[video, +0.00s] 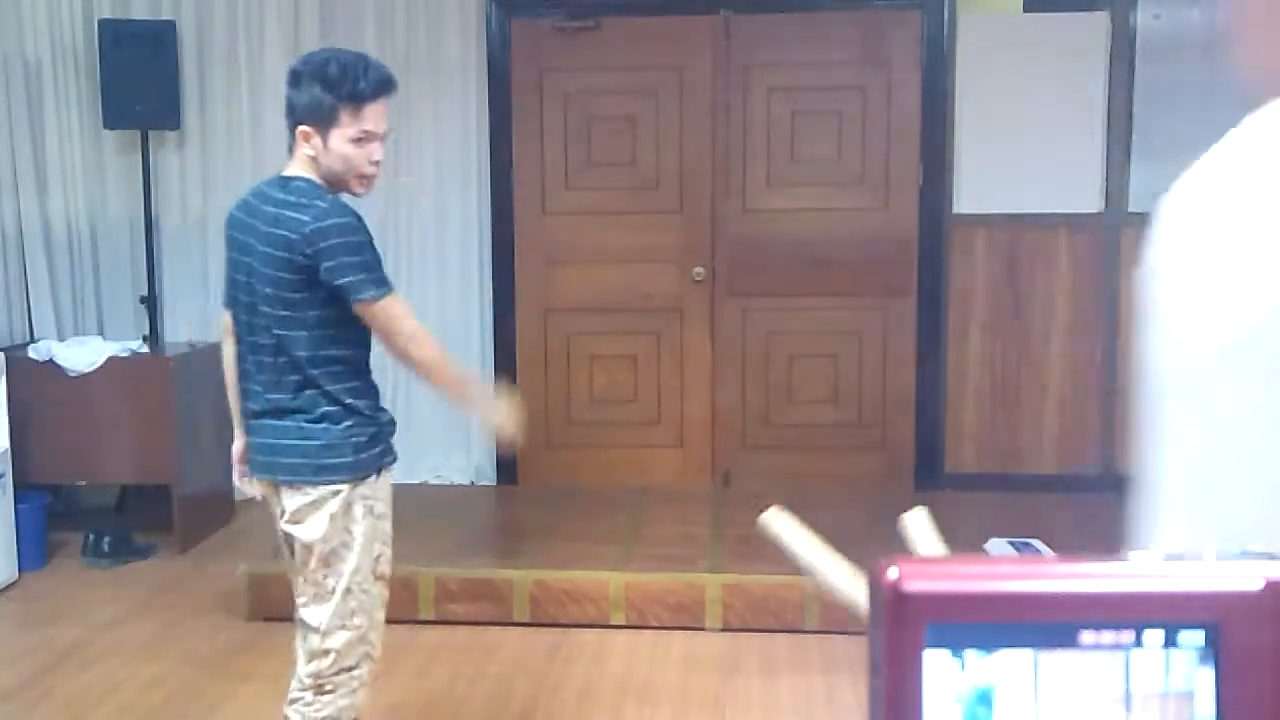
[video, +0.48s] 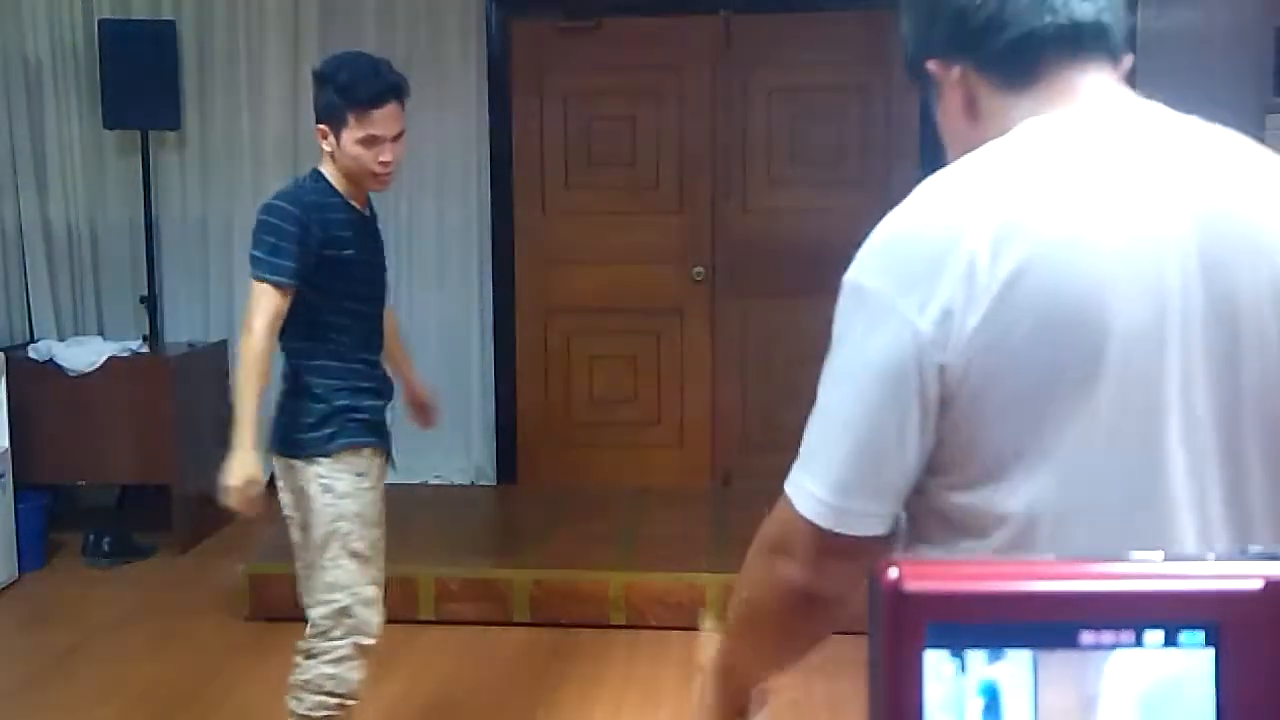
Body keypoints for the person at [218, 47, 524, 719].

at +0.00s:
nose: (378, 157)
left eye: (382, 138)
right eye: (362, 139)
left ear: (306, 142)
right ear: (307, 138)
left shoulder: (248, 211)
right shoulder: (330, 222)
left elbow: (233, 336)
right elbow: (405, 339)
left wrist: (243, 431)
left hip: (278, 457)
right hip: (337, 464)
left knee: (322, 640)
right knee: (340, 657)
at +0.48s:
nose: (389, 155)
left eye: (396, 138)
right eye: (372, 141)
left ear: (407, 129)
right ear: (326, 137)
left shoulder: (361, 216)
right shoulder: (293, 212)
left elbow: (376, 314)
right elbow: (259, 330)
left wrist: (410, 384)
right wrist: (246, 448)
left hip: (356, 439)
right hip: (323, 442)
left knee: (344, 612)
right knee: (345, 616)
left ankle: (320, 707)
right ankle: (315, 711)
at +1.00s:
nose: (328, 162)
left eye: (339, 144)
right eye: (311, 145)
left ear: (349, 134)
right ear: (263, 136)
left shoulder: (335, 233)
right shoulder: (210, 226)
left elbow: (362, 340)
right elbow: (197, 356)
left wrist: (416, 413)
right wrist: (226, 472)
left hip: (327, 474)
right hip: (259, 477)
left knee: (328, 654)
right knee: (259, 671)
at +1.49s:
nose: (316, 165)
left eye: (327, 146)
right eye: (298, 146)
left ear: (337, 135)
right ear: (245, 133)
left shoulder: (329, 239)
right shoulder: (177, 227)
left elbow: (354, 358)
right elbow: (148, 363)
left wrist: (408, 445)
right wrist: (207, 472)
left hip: (313, 493)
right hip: (214, 500)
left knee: (326, 688)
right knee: (224, 697)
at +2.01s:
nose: (315, 156)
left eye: (322, 137)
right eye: (301, 135)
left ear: (324, 127)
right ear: (239, 121)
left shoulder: (283, 231)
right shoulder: (161, 221)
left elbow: (298, 362)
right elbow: (146, 374)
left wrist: (373, 449)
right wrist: (275, 457)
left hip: (282, 511)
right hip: (199, 521)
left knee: (304, 699)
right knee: (224, 707)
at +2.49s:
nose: (204, 144)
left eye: (208, 125)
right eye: (198, 122)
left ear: (136, 110)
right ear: (137, 108)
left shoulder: (69, 209)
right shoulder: (118, 220)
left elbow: (104, 389)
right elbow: (216, 370)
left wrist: (210, 429)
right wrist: (313, 338)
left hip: (88, 525)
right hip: (145, 536)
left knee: (123, 705)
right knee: (181, 708)